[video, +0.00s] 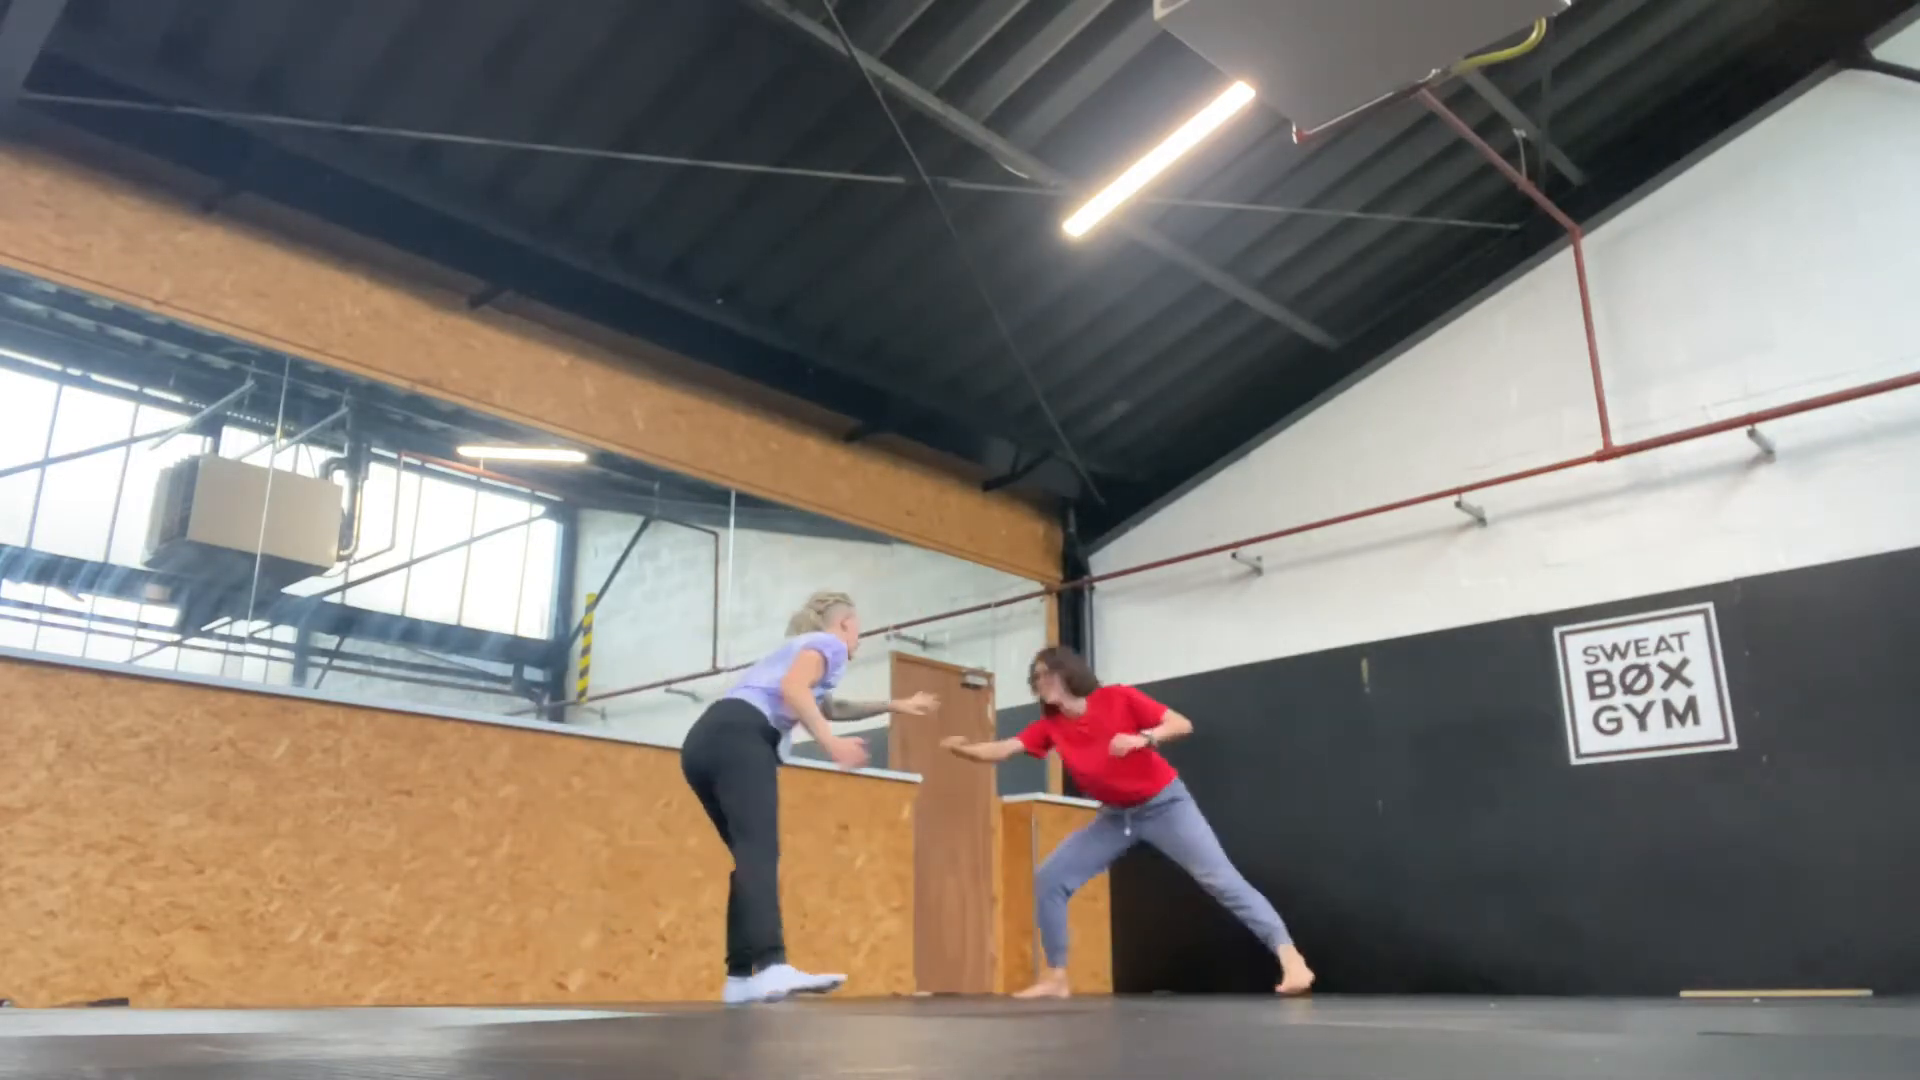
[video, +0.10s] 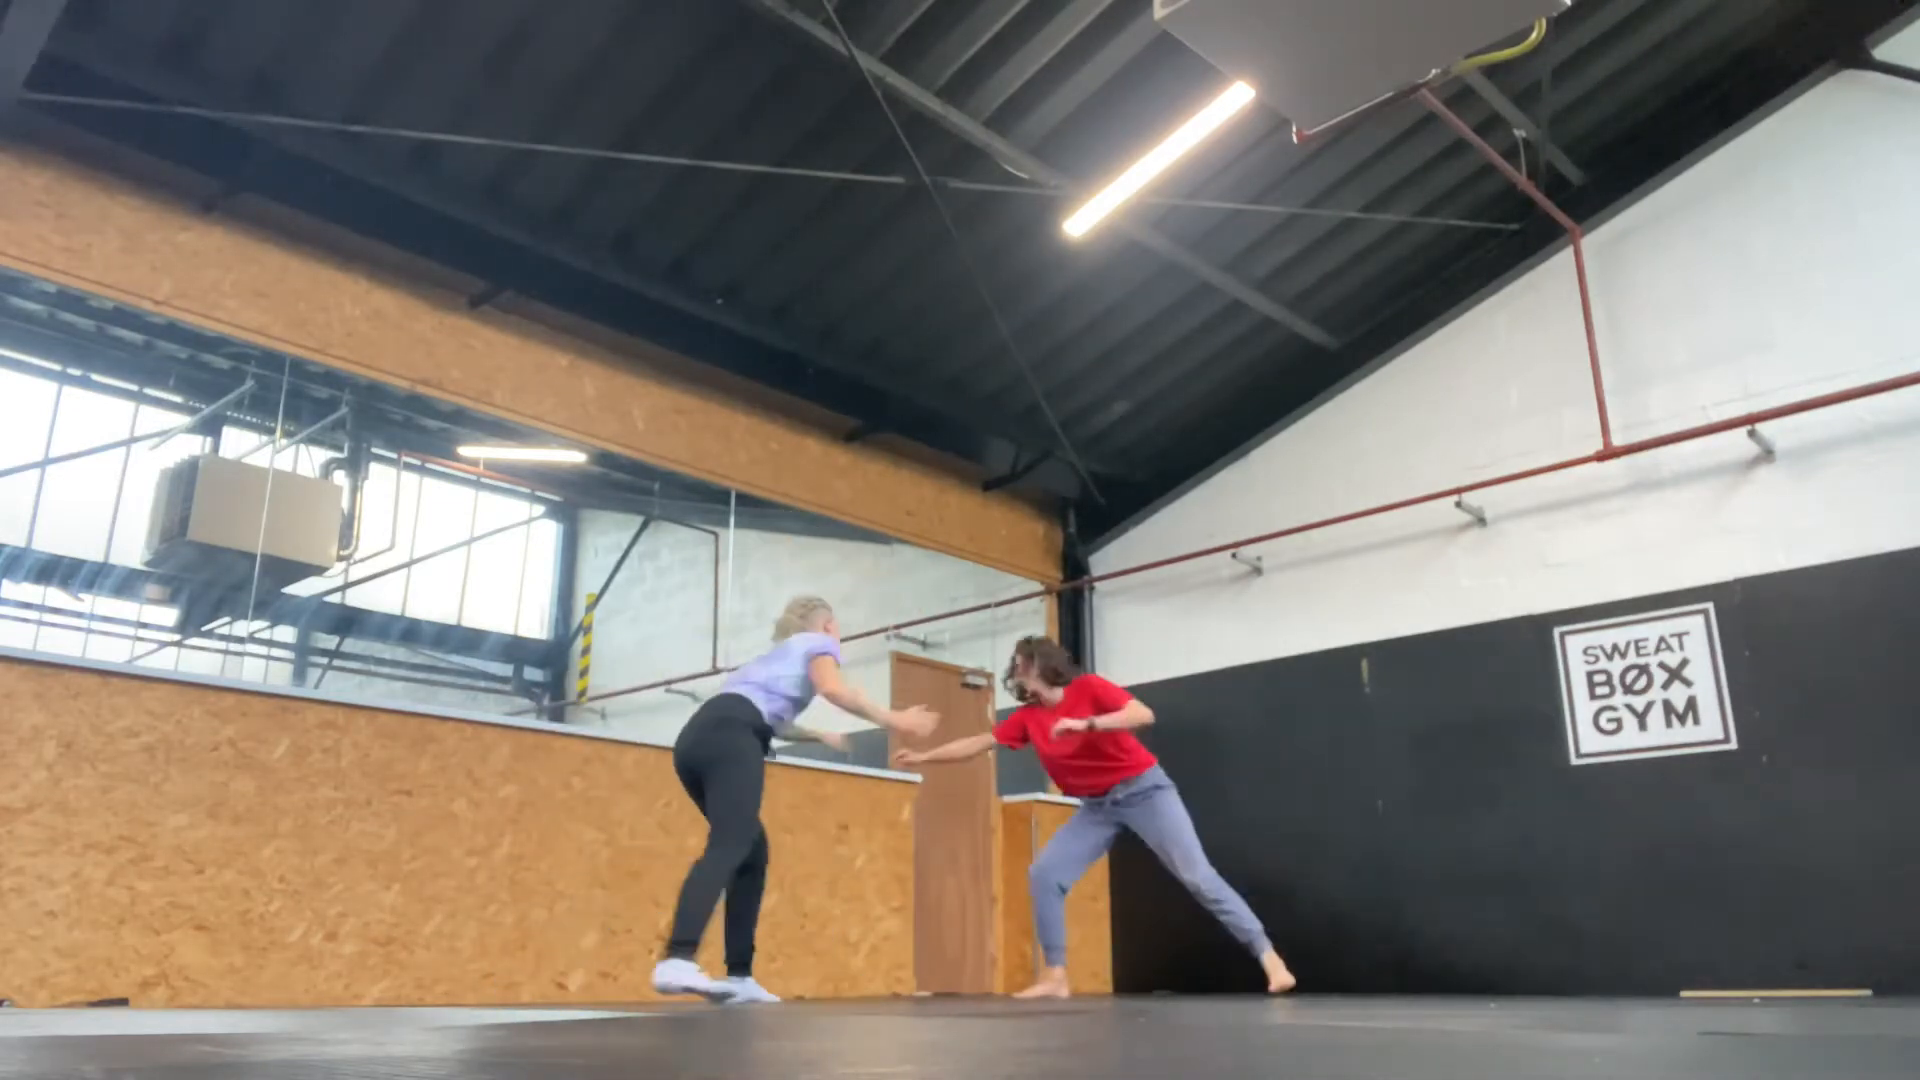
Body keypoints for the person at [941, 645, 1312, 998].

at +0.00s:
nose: (1038, 686)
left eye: (1043, 677)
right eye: (1036, 680)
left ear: (1065, 675)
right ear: (1043, 686)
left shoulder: (1117, 698)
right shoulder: (1050, 728)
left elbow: (1181, 725)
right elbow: (1002, 750)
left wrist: (1144, 736)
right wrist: (965, 747)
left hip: (1165, 806)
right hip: (1115, 818)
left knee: (1220, 880)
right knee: (1051, 878)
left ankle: (1292, 961)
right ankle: (1056, 978)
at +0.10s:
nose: (1019, 683)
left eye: (1023, 675)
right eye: (1017, 677)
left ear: (1046, 670)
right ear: (1025, 679)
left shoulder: (1088, 688)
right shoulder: (1026, 719)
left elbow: (1143, 714)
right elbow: (977, 743)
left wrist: (1091, 723)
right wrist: (925, 756)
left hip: (1144, 792)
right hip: (1096, 807)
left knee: (1196, 876)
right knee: (1045, 873)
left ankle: (1268, 958)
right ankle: (1055, 978)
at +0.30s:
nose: (1011, 663)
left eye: (1017, 654)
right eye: (1008, 657)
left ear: (1039, 651)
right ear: (1007, 661)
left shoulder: (1069, 667)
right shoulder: (1021, 704)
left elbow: (1047, 677)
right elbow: (996, 743)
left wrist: (1006, 671)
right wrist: (964, 775)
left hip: (1119, 777)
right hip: (1073, 791)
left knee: (1147, 876)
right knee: (1050, 874)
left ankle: (1178, 951)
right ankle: (1055, 976)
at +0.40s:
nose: (1017, 653)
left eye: (1023, 642)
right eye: (1013, 648)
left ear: (1044, 639)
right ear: (1013, 653)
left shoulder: (1069, 661)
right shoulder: (1031, 694)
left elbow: (1039, 676)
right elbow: (1024, 736)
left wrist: (1007, 667)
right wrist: (1012, 766)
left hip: (1114, 780)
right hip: (1067, 790)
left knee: (1126, 882)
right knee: (1057, 878)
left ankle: (1144, 946)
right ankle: (1056, 975)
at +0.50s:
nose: (1033, 653)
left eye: (1038, 645)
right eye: (1027, 648)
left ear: (1053, 646)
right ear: (1022, 658)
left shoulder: (1076, 672)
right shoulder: (1035, 696)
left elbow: (1055, 708)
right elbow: (1051, 745)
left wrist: (1027, 688)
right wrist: (1046, 777)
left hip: (1110, 792)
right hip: (1064, 796)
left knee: (1112, 890)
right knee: (1055, 881)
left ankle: (1117, 966)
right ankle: (1055, 973)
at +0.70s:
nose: (1043, 693)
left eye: (1049, 684)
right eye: (1037, 689)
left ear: (1068, 689)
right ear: (1034, 699)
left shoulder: (1093, 722)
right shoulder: (1043, 736)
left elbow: (1084, 775)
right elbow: (1052, 785)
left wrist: (1053, 745)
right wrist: (1052, 823)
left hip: (1106, 832)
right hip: (1062, 835)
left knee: (1096, 930)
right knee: (1035, 880)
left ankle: (1112, 977)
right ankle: (1046, 972)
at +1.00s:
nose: (993, 683)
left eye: (997, 673)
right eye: (987, 680)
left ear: (1019, 671)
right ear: (990, 694)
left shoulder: (1046, 688)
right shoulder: (1021, 724)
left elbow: (1047, 732)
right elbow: (1007, 781)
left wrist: (1015, 726)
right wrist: (970, 773)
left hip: (1114, 791)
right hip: (1069, 803)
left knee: (1117, 900)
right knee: (1041, 878)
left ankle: (1152, 952)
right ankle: (1047, 977)